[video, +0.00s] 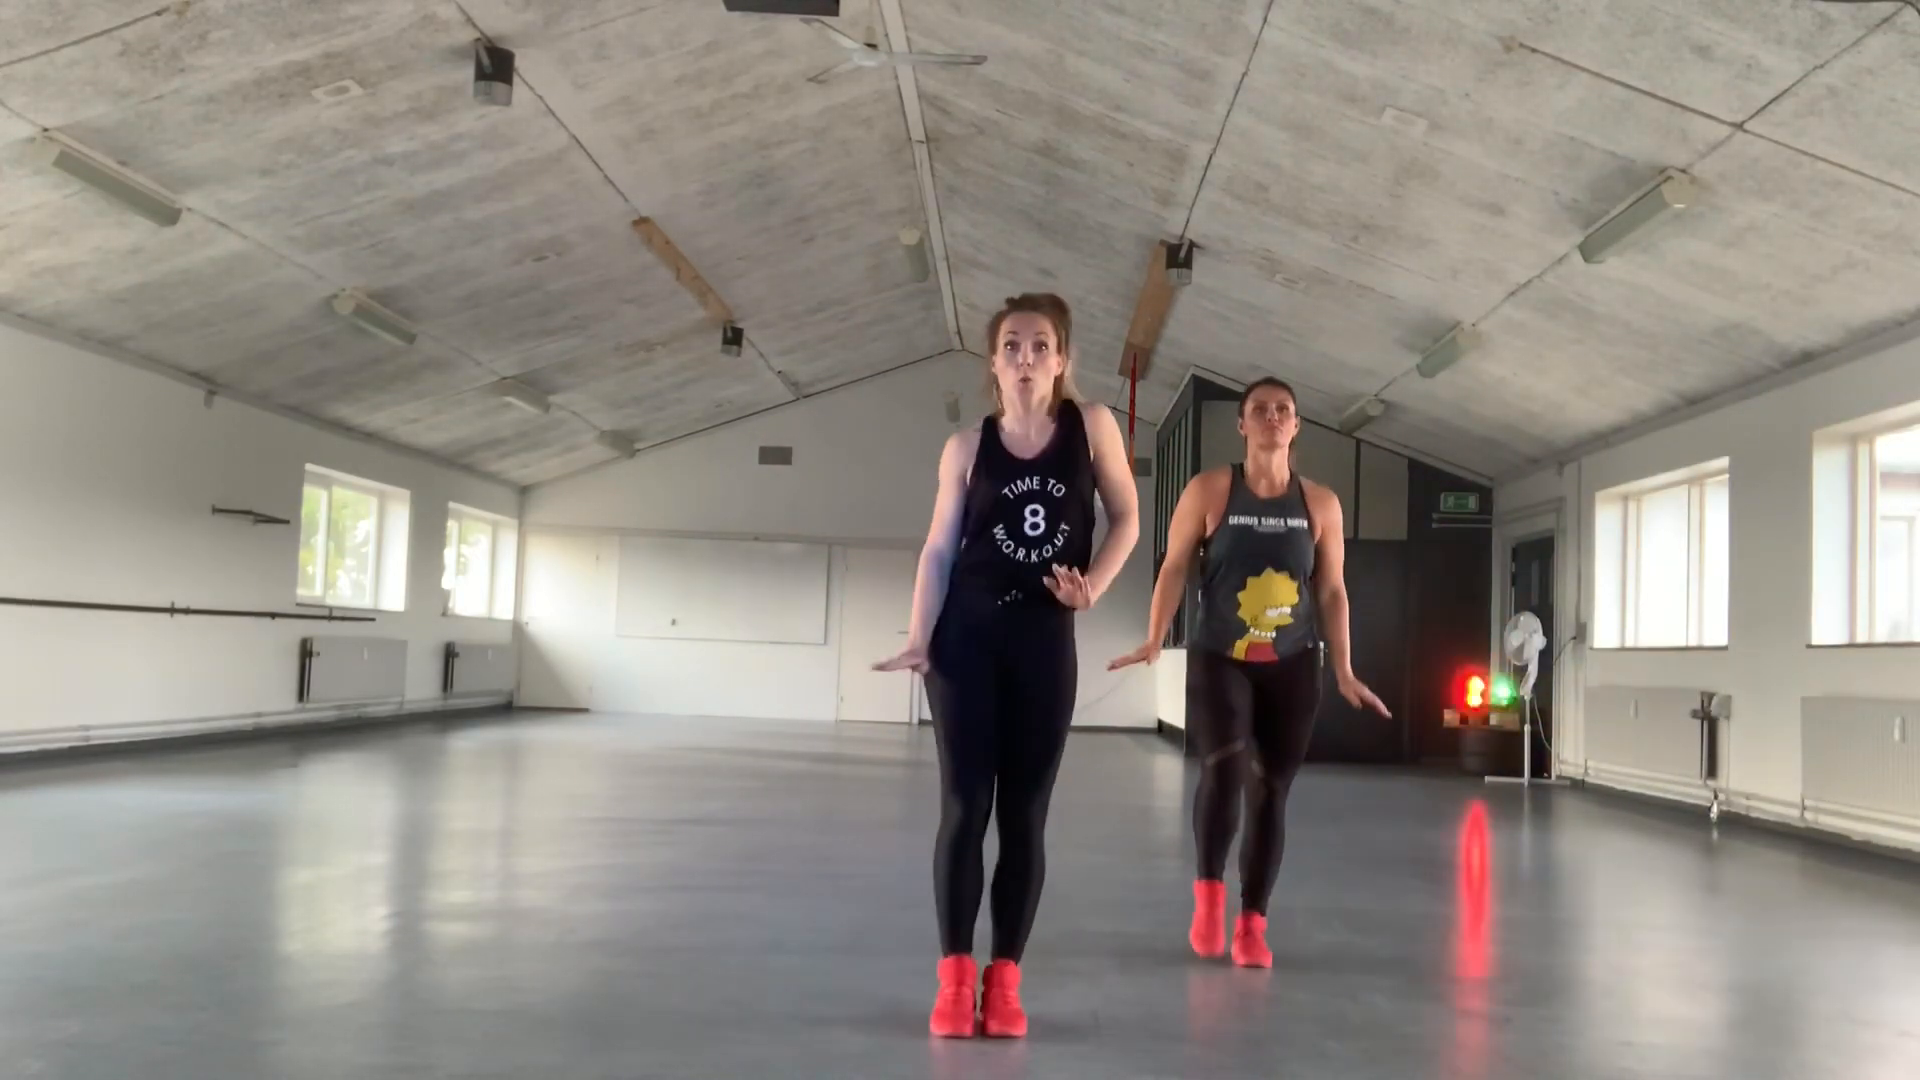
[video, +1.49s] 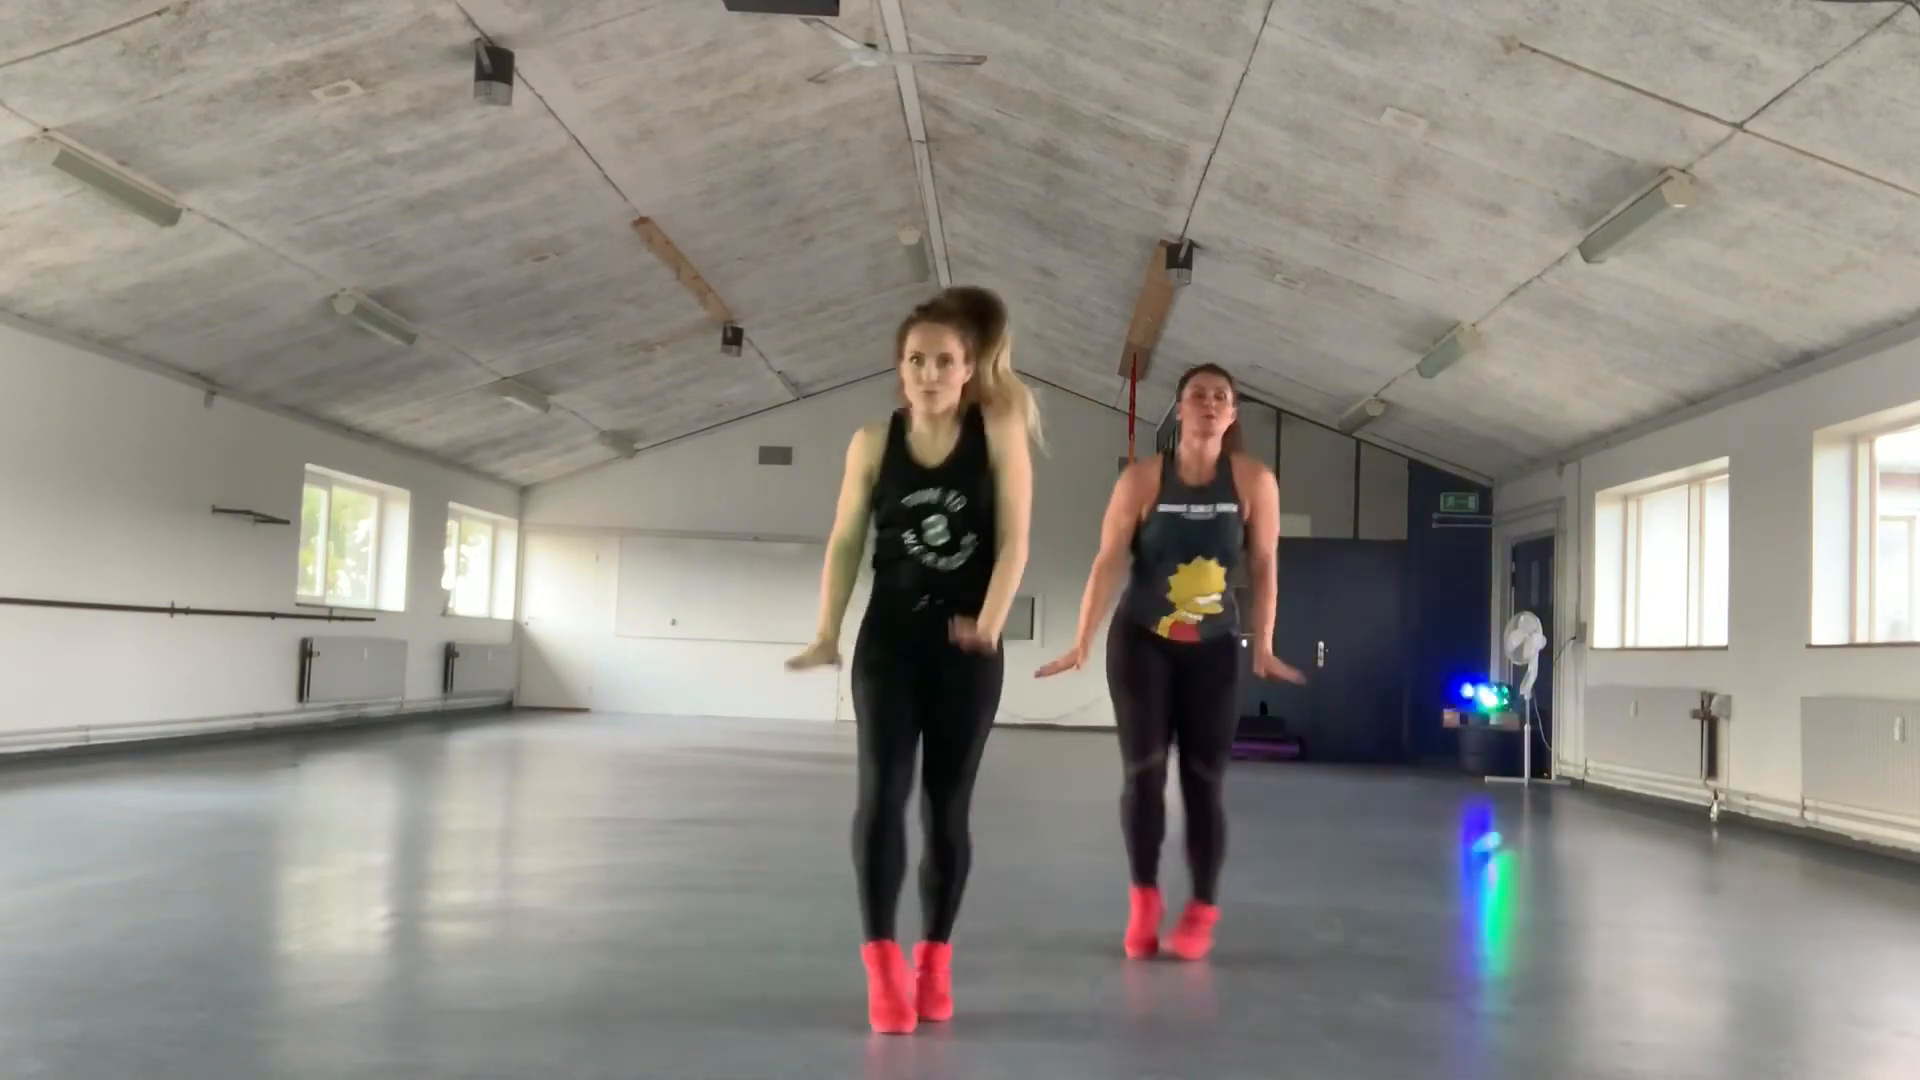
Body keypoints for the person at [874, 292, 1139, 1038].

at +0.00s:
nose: (1024, 357)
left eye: (1039, 345)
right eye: (1012, 345)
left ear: (1063, 357)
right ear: (992, 358)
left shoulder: (1091, 426)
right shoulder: (966, 447)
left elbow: (1125, 515)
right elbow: (938, 548)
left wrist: (1093, 584)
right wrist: (918, 636)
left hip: (1042, 641)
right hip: (965, 640)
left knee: (1023, 816)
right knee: (967, 810)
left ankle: (1005, 974)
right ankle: (955, 971)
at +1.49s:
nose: (927, 374)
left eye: (943, 360)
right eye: (916, 359)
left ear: (971, 368)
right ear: (899, 365)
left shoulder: (998, 438)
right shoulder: (873, 444)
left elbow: (1013, 541)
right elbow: (845, 543)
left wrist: (988, 626)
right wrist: (826, 633)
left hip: (966, 638)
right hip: (889, 634)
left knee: (945, 805)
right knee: (882, 796)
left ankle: (934, 955)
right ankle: (881, 956)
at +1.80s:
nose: (862, 360)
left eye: (878, 347)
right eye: (851, 344)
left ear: (906, 352)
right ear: (835, 347)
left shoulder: (934, 406)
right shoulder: (808, 427)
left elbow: (963, 499)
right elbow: (784, 528)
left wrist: (924, 567)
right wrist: (762, 625)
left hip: (893, 618)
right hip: (815, 617)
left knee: (888, 792)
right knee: (797, 788)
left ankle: (885, 943)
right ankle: (769, 953)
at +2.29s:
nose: (763, 365)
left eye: (778, 352)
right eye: (752, 351)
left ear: (807, 358)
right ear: (735, 356)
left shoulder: (830, 413)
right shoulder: (708, 422)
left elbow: (854, 505)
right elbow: (674, 522)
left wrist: (820, 553)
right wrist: (641, 618)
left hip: (788, 630)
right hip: (710, 627)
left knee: (774, 796)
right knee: (709, 796)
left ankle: (775, 944)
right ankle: (707, 955)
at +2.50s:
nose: (727, 388)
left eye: (742, 375)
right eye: (715, 375)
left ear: (769, 385)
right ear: (699, 384)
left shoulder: (797, 467)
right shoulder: (673, 452)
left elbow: (796, 569)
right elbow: (643, 544)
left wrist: (771, 632)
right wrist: (609, 624)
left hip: (755, 657)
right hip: (678, 649)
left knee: (744, 812)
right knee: (608, 768)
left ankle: (756, 954)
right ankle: (646, 931)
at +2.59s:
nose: (705, 380)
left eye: (721, 368)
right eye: (694, 366)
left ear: (748, 376)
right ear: (679, 370)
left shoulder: (771, 452)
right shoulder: (645, 427)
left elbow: (768, 549)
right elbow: (593, 496)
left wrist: (736, 575)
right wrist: (565, 579)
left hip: (736, 644)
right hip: (656, 640)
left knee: (756, 798)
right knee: (570, 772)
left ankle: (762, 943)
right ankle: (570, 924)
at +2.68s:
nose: (676, 384)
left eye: (693, 371)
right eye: (665, 368)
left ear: (723, 376)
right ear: (651, 370)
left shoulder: (740, 439)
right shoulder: (621, 413)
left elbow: (708, 530)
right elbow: (543, 428)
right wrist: (505, 508)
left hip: (705, 639)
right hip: (621, 641)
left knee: (767, 783)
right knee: (570, 793)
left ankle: (781, 947)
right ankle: (516, 946)